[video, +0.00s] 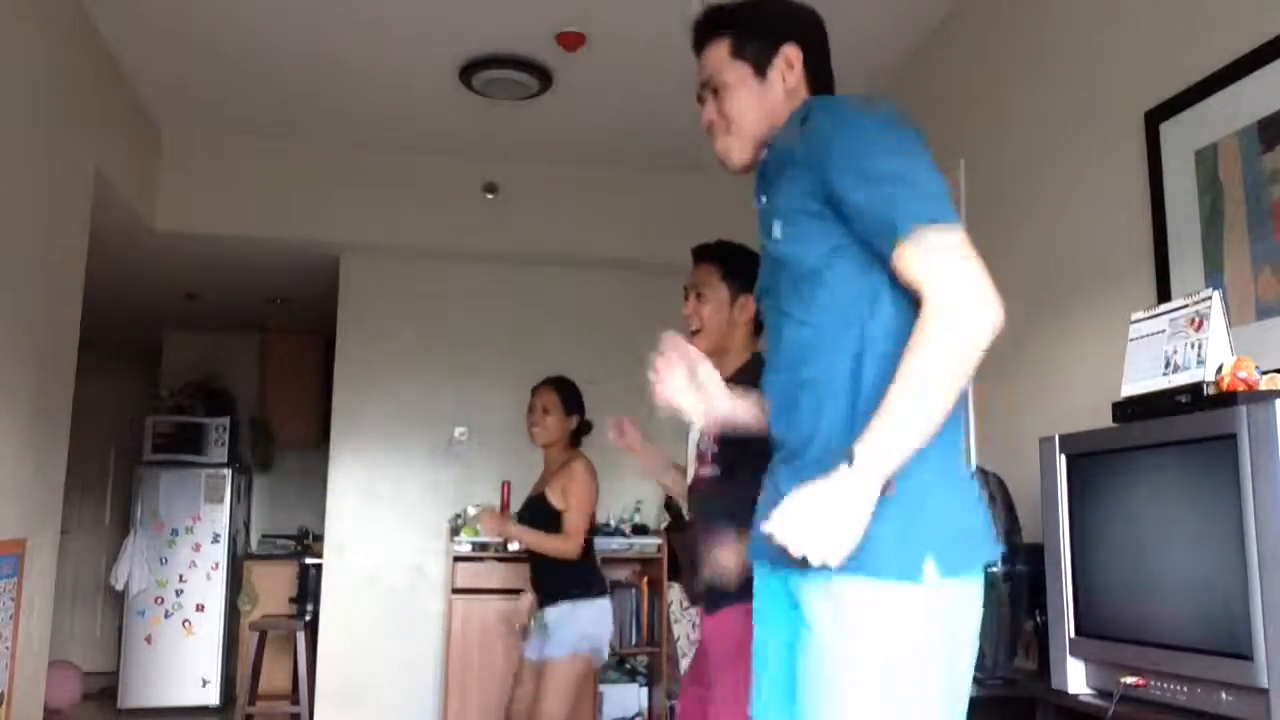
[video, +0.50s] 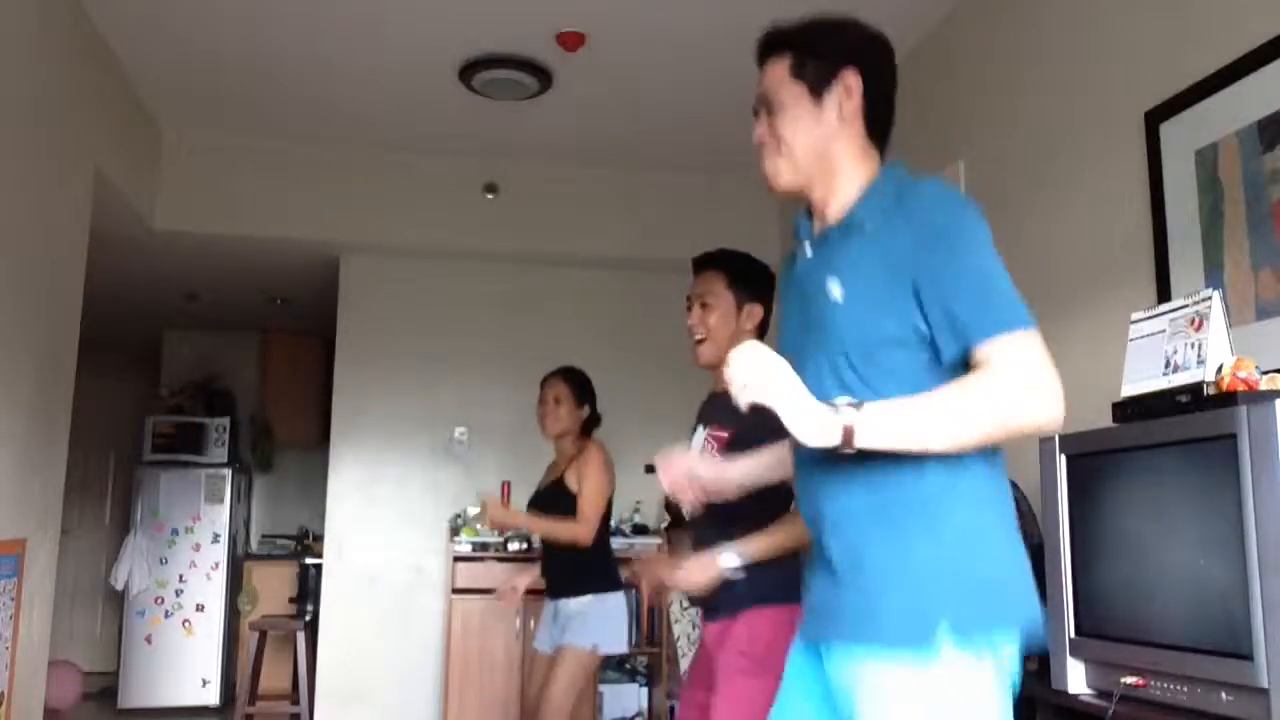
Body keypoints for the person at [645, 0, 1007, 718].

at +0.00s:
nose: (704, 115)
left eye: (716, 89)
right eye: (702, 97)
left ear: (785, 71)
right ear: (780, 76)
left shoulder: (842, 129)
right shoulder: (785, 187)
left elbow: (968, 303)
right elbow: (830, 397)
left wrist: (860, 477)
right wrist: (723, 405)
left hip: (890, 562)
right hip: (798, 553)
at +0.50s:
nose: (756, 133)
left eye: (770, 107)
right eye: (757, 113)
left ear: (844, 97)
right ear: (838, 102)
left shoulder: (929, 216)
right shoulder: (804, 260)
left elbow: (1031, 392)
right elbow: (833, 431)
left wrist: (838, 422)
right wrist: (729, 475)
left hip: (938, 626)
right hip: (833, 617)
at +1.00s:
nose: (756, 148)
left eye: (772, 123)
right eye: (756, 129)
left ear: (843, 119)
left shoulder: (891, 195)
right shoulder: (816, 252)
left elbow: (1016, 360)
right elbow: (837, 433)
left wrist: (825, 453)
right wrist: (736, 426)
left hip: (898, 637)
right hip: (811, 623)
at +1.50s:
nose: (779, 84)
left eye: (792, 59)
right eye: (778, 67)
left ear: (867, 44)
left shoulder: (925, 139)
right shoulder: (831, 199)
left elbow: (1013, 322)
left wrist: (827, 422)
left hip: (914, 590)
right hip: (811, 584)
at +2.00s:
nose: (760, 74)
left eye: (772, 47)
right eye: (759, 55)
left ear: (847, 35)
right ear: (840, 39)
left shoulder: (902, 119)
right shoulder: (812, 178)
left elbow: (1011, 299)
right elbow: (861, 398)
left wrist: (870, 462)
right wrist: (762, 466)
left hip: (915, 579)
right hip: (815, 575)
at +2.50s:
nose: (765, 80)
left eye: (776, 54)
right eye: (762, 62)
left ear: (848, 31)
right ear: (845, 35)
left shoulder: (897, 95)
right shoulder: (829, 162)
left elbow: (966, 258)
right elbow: (825, 357)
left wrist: (775, 369)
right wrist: (718, 356)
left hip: (897, 554)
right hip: (810, 549)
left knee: (890, 708)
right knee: (797, 708)